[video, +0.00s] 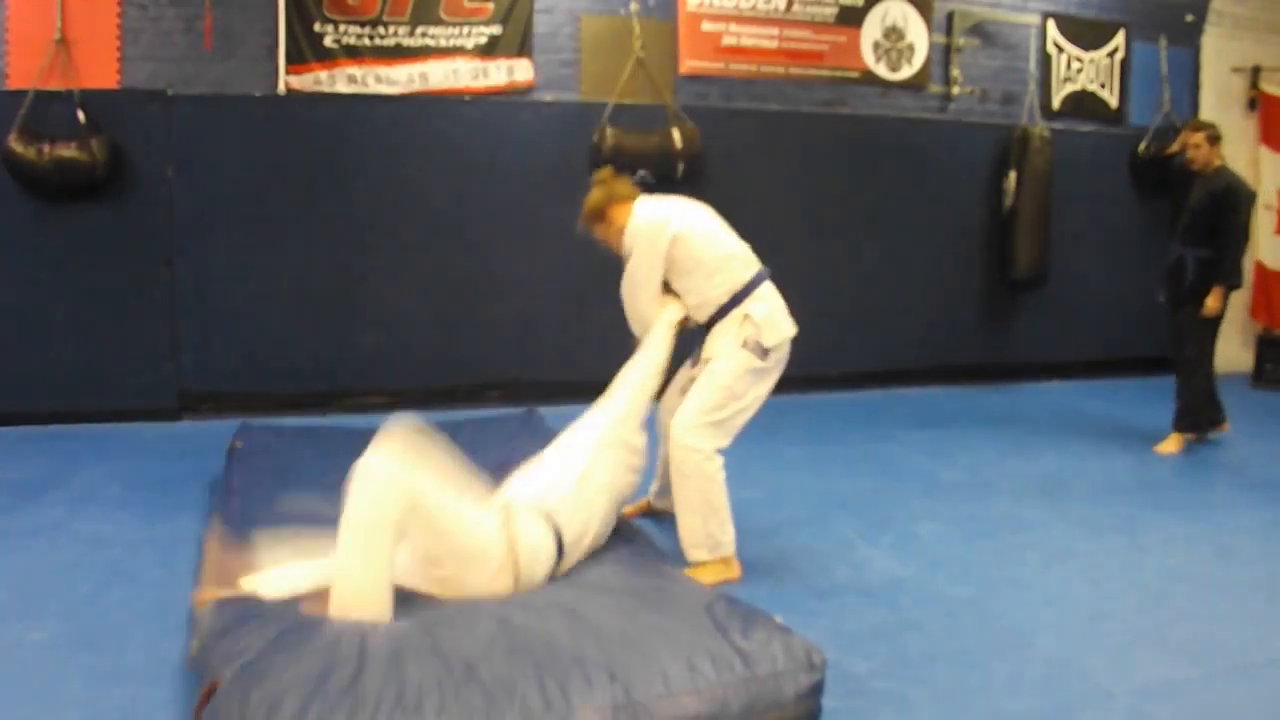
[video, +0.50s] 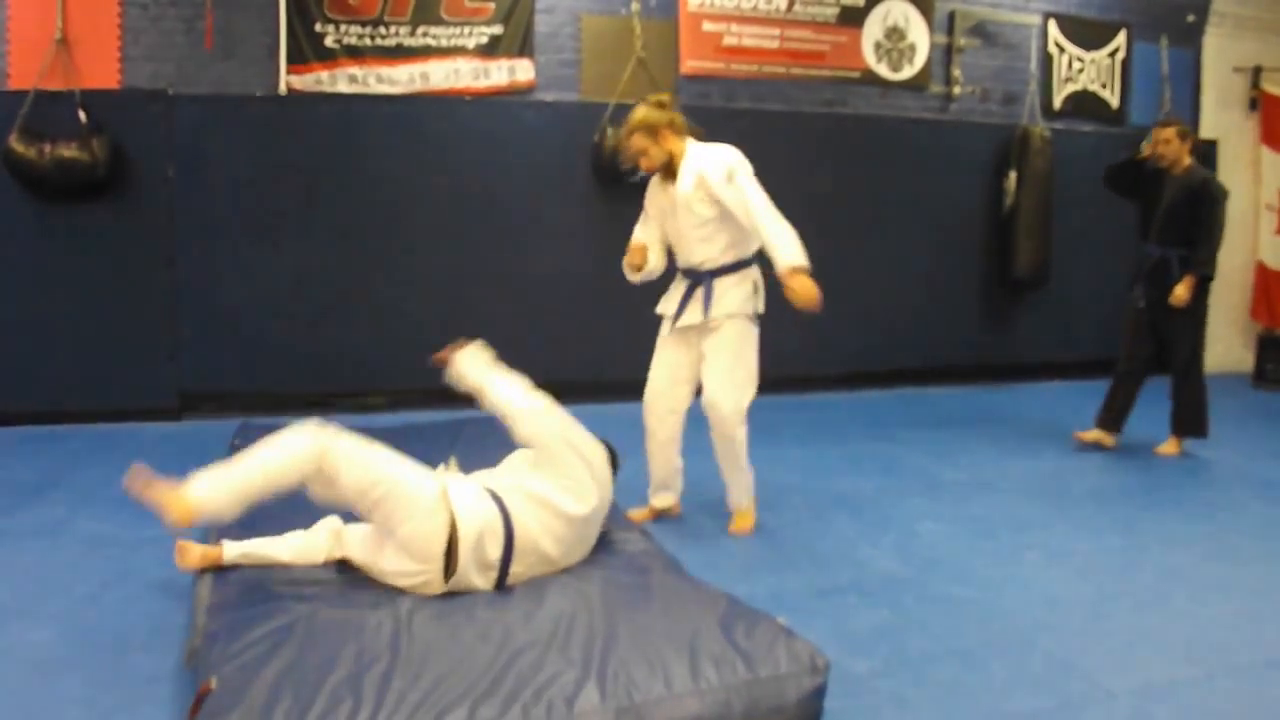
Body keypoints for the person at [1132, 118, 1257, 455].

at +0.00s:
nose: (1189, 155)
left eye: (1195, 148)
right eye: (1186, 149)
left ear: (1214, 147)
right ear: (1184, 150)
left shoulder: (1234, 189)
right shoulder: (1189, 178)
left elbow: (1233, 245)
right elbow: (1146, 175)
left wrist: (1220, 288)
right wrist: (1166, 153)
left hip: (1207, 281)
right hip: (1181, 276)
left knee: (1192, 355)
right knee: (1188, 352)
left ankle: (1184, 427)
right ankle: (1211, 416)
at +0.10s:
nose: (1183, 152)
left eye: (1190, 145)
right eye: (1180, 146)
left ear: (1209, 145)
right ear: (1178, 147)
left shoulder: (1228, 187)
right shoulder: (1182, 177)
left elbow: (1228, 244)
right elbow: (1143, 173)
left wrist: (1214, 285)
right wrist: (1161, 150)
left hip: (1202, 278)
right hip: (1174, 273)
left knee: (1188, 351)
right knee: (1174, 347)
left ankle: (1182, 428)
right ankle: (1197, 418)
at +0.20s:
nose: (1181, 152)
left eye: (1187, 145)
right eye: (1177, 146)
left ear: (1208, 146)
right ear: (1174, 148)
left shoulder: (1226, 187)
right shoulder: (1177, 177)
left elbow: (1225, 243)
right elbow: (1138, 172)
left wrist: (1208, 284)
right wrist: (1160, 152)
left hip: (1198, 278)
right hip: (1169, 273)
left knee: (1187, 351)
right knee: (1160, 346)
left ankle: (1179, 430)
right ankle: (1165, 421)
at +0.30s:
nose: (1176, 150)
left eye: (1183, 143)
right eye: (1172, 144)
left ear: (1202, 144)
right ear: (1168, 146)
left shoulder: (1220, 185)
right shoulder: (1170, 175)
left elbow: (1220, 242)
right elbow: (1132, 173)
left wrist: (1201, 280)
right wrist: (1154, 151)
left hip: (1196, 274)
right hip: (1165, 269)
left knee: (1189, 353)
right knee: (1151, 346)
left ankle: (1180, 432)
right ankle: (1142, 422)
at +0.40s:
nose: (1169, 149)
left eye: (1175, 142)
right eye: (1165, 143)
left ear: (1194, 144)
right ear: (1160, 147)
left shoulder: (1214, 185)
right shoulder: (1159, 175)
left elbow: (1214, 241)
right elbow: (1122, 175)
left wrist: (1194, 278)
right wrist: (1149, 154)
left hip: (1191, 276)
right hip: (1158, 272)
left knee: (1186, 354)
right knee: (1143, 348)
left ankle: (1179, 433)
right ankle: (1122, 426)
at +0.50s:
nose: (1159, 149)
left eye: (1166, 142)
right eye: (1156, 143)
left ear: (1186, 145)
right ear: (1153, 146)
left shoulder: (1206, 186)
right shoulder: (1151, 177)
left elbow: (1208, 241)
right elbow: (1112, 178)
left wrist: (1190, 279)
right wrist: (1140, 158)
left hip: (1186, 278)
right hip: (1150, 273)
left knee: (1185, 358)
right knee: (1135, 352)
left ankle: (1179, 435)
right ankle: (1107, 428)